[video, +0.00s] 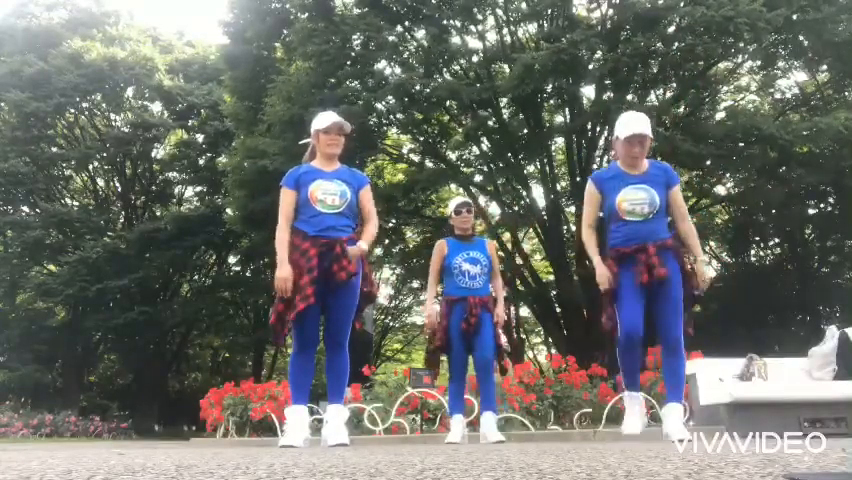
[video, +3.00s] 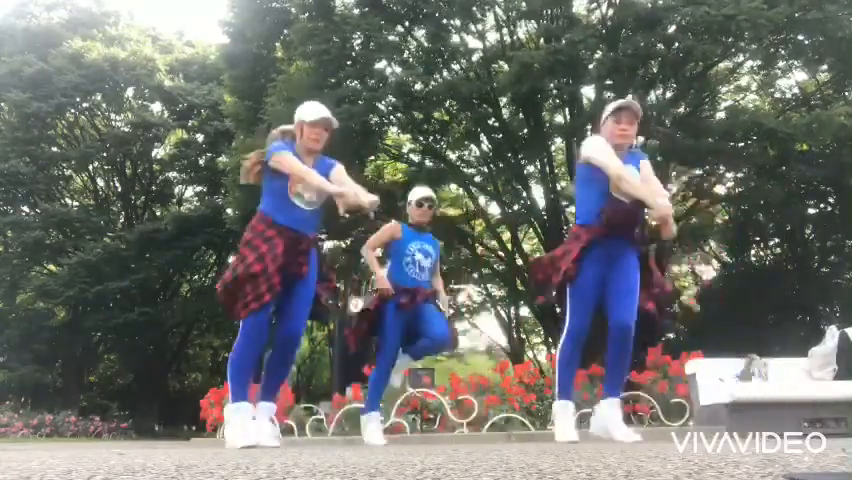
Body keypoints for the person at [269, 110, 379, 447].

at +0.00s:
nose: (333, 138)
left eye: (338, 134)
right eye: (327, 133)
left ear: (345, 139)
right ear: (314, 138)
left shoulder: (357, 178)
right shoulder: (297, 175)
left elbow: (371, 220)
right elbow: (284, 223)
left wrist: (362, 245)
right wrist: (282, 263)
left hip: (346, 259)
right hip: (305, 258)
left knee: (338, 340)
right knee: (305, 341)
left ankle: (336, 418)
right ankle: (297, 418)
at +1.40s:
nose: (360, 136)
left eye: (365, 131)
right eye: (353, 131)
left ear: (373, 135)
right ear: (342, 137)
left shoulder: (391, 173)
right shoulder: (331, 175)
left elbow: (407, 214)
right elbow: (322, 221)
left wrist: (410, 243)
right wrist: (328, 253)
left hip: (385, 252)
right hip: (345, 252)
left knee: (380, 331)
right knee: (341, 332)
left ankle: (378, 414)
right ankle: (334, 413)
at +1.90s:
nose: (327, 150)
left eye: (333, 145)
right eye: (320, 144)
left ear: (339, 150)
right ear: (307, 150)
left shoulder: (347, 177)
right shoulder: (307, 193)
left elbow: (380, 210)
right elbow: (315, 236)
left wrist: (371, 258)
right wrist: (318, 260)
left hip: (373, 261)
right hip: (339, 269)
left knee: (373, 336)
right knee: (306, 322)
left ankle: (377, 415)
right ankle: (308, 411)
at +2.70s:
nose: (310, 147)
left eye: (317, 144)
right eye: (305, 140)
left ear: (322, 151)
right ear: (290, 146)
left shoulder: (329, 179)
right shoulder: (285, 193)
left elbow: (365, 215)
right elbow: (299, 246)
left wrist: (365, 242)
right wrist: (276, 266)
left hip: (338, 267)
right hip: (304, 276)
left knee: (343, 346)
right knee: (268, 329)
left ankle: (388, 417)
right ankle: (260, 417)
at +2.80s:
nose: (316, 125)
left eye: (322, 121)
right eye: (310, 118)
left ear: (328, 127)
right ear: (296, 121)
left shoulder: (336, 159)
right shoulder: (274, 157)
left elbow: (359, 201)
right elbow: (259, 201)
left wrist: (339, 197)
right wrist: (251, 205)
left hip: (322, 244)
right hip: (282, 245)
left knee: (332, 327)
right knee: (266, 327)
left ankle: (354, 403)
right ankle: (259, 415)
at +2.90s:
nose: (319, 121)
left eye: (325, 115)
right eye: (313, 113)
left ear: (330, 119)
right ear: (298, 114)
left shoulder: (335, 150)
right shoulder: (278, 132)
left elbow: (355, 178)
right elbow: (262, 157)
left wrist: (327, 180)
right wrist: (290, 171)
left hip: (316, 236)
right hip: (275, 232)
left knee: (308, 314)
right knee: (265, 316)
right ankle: (247, 406)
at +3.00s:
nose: (320, 133)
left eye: (325, 128)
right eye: (314, 126)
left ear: (329, 134)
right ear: (298, 127)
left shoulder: (329, 165)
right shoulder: (279, 151)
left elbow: (348, 185)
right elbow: (299, 172)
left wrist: (363, 197)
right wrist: (335, 190)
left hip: (304, 250)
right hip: (268, 242)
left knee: (291, 332)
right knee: (255, 326)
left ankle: (265, 414)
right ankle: (237, 414)